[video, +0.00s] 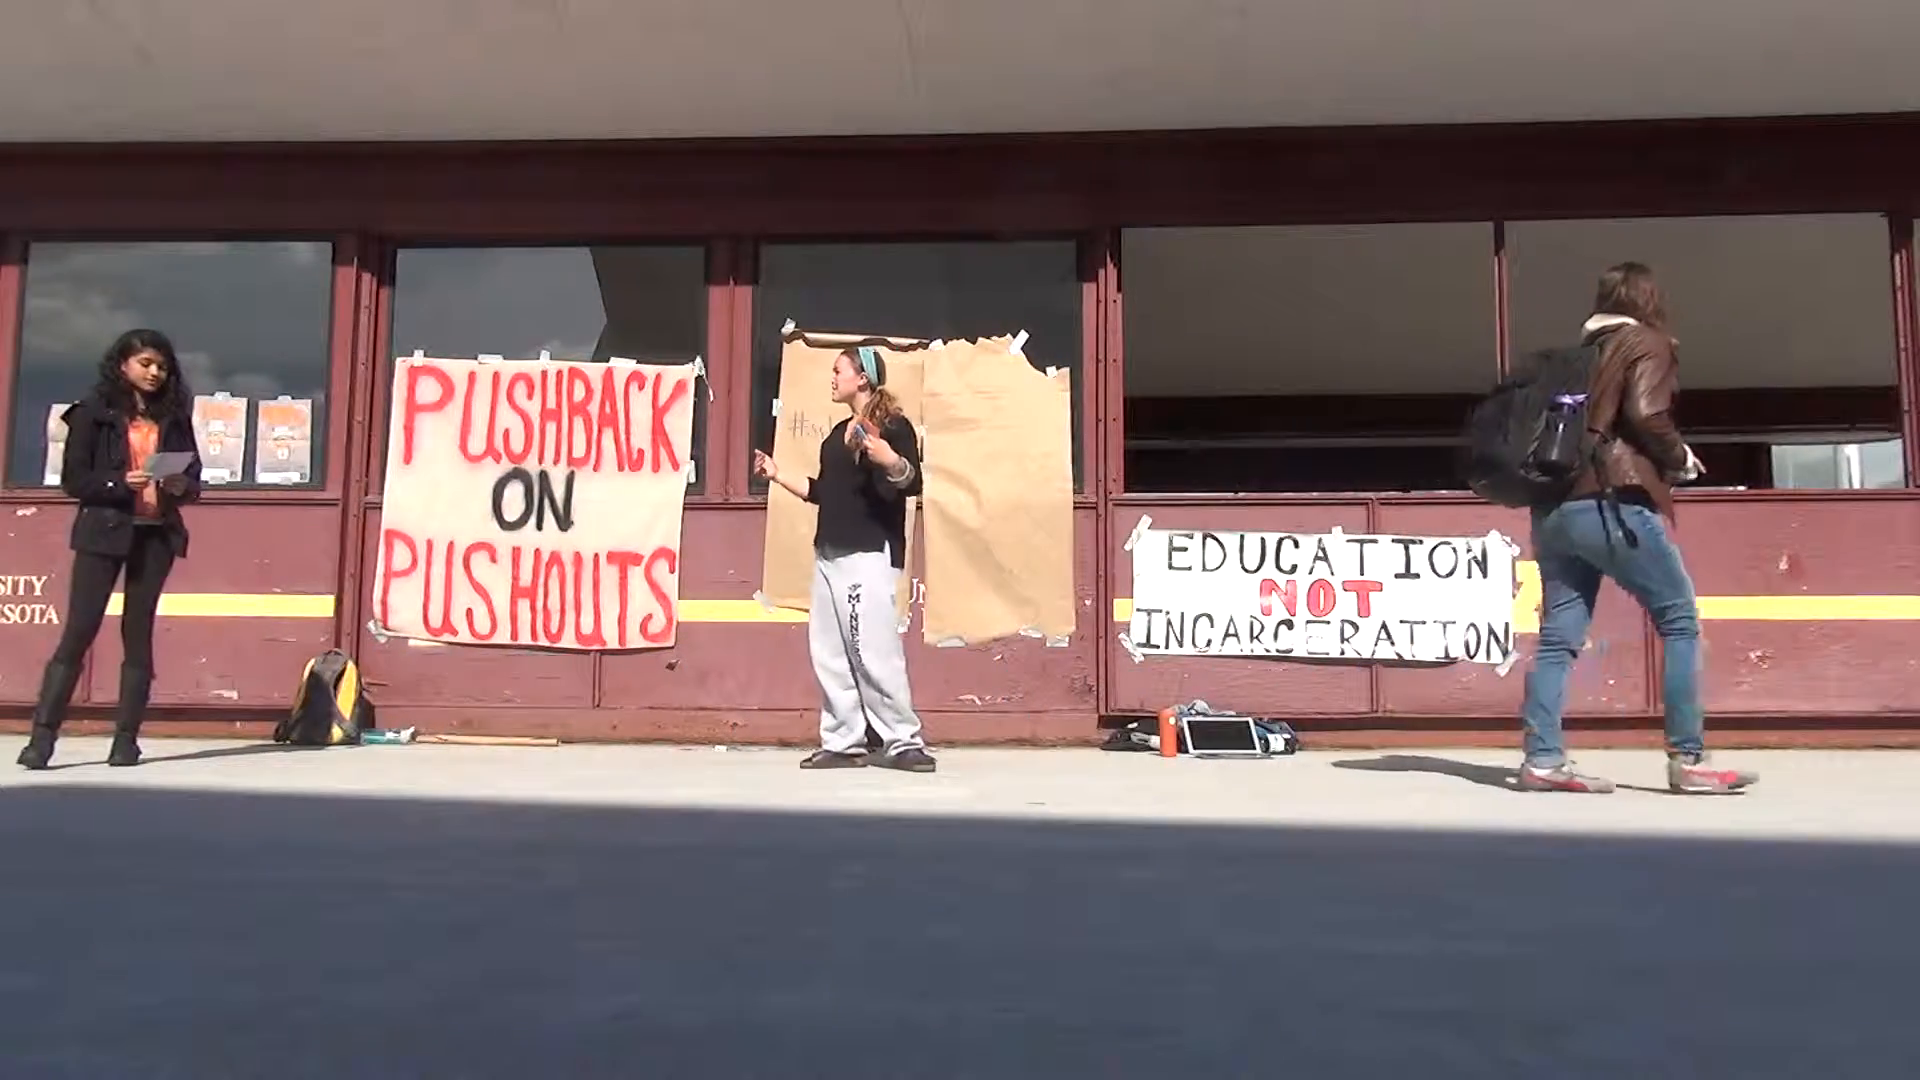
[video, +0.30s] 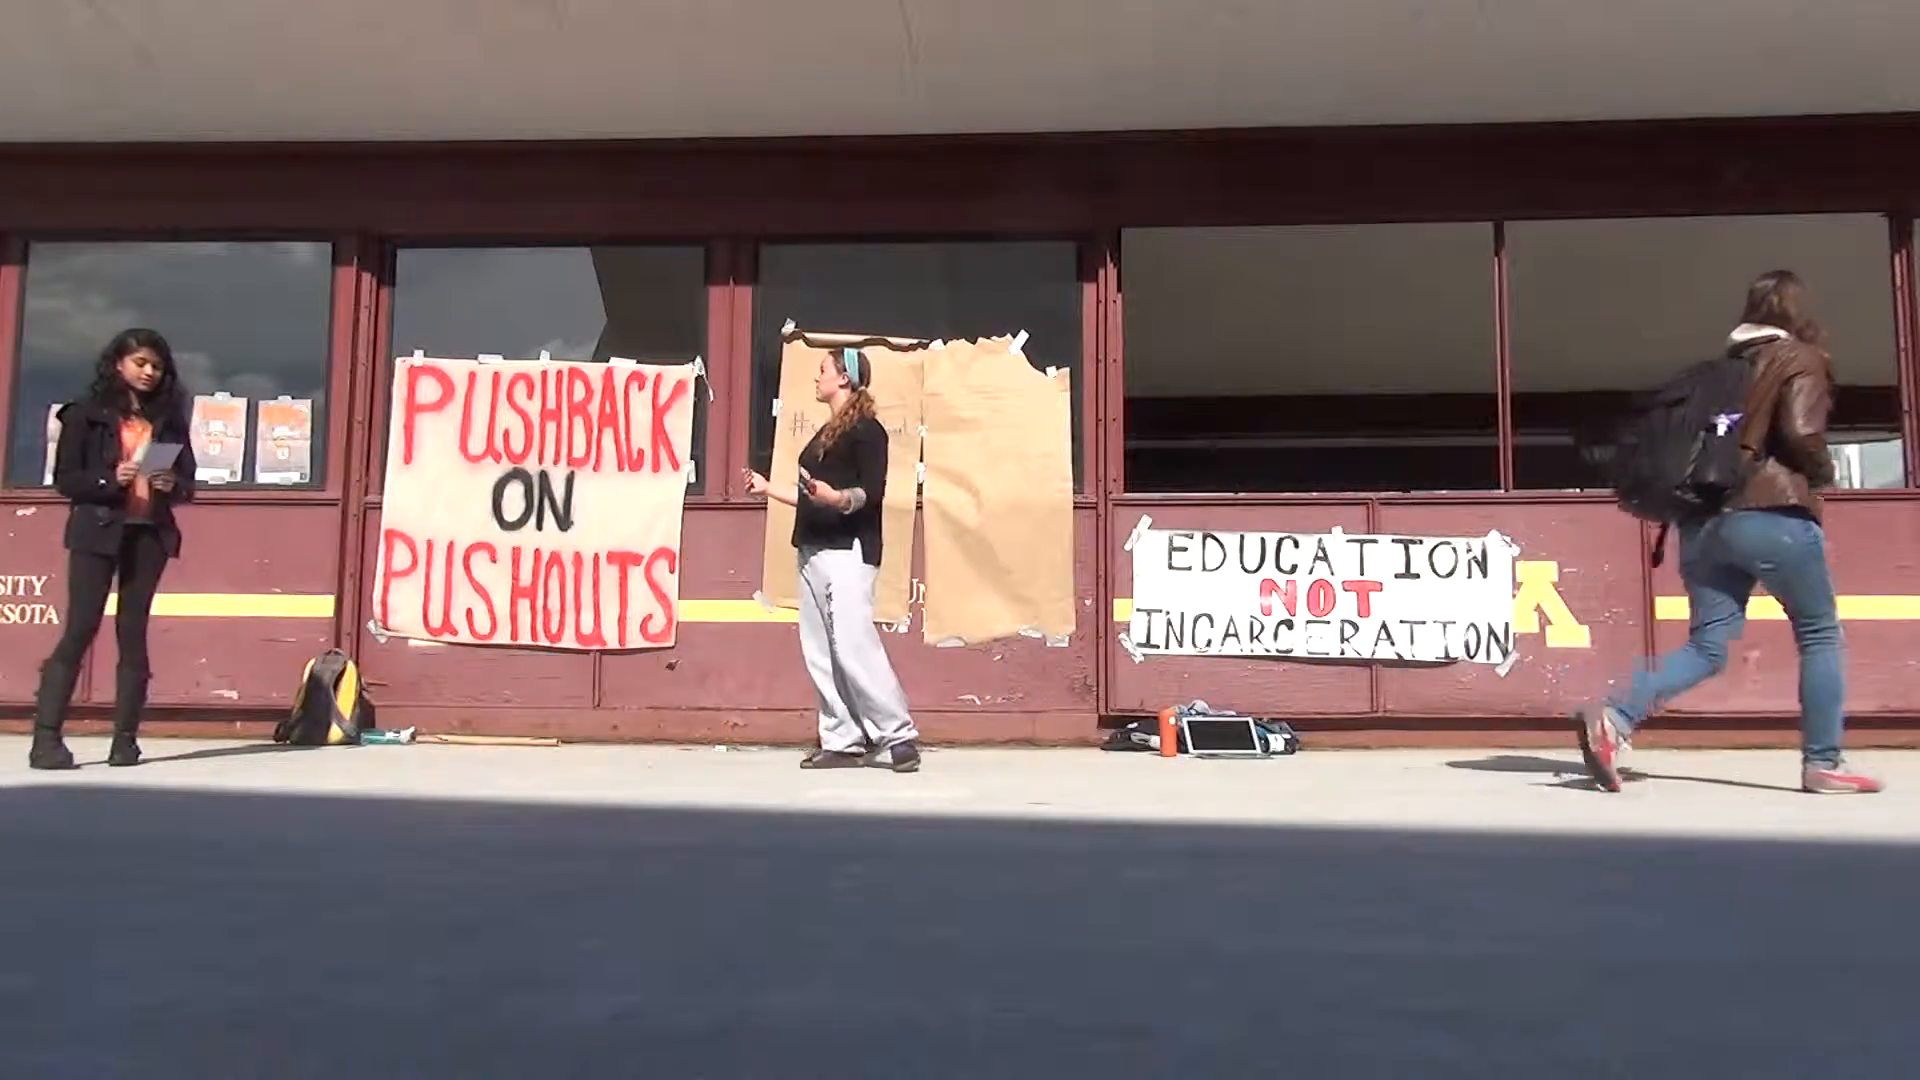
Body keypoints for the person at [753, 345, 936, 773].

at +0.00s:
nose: (832, 378)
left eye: (838, 372)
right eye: (833, 372)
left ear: (864, 379)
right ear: (853, 379)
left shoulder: (893, 428)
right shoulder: (836, 435)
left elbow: (909, 479)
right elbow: (820, 494)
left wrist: (883, 455)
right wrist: (777, 473)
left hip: (867, 555)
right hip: (829, 555)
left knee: (874, 650)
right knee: (830, 652)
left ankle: (904, 742)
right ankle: (845, 743)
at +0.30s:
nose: (816, 377)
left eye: (823, 371)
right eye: (819, 371)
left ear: (845, 378)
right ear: (840, 378)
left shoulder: (868, 429)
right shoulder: (828, 432)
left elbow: (872, 493)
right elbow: (812, 499)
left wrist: (840, 498)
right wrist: (769, 489)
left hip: (847, 552)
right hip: (813, 553)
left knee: (852, 645)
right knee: (821, 651)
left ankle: (898, 735)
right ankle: (843, 742)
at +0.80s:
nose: (795, 376)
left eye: (802, 370)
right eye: (797, 369)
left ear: (824, 377)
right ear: (821, 377)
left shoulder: (842, 425)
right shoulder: (824, 425)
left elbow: (843, 487)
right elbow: (820, 488)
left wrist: (787, 492)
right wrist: (779, 501)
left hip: (827, 549)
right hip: (818, 548)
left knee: (813, 644)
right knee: (833, 643)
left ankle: (818, 743)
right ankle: (849, 741)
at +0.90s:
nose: (792, 375)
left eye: (799, 368)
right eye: (793, 368)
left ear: (821, 375)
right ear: (817, 376)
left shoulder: (838, 422)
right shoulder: (819, 422)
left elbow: (840, 485)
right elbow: (817, 485)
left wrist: (785, 493)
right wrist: (778, 497)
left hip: (823, 548)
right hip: (817, 547)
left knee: (810, 645)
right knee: (832, 644)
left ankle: (816, 744)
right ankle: (848, 742)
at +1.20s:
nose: (781, 366)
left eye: (787, 359)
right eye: (782, 360)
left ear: (811, 365)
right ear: (805, 366)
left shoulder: (829, 412)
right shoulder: (806, 414)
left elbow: (830, 475)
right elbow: (803, 474)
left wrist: (774, 484)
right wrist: (764, 486)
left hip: (816, 541)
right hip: (803, 540)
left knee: (809, 643)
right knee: (814, 642)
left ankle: (816, 743)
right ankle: (843, 735)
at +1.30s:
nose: (778, 365)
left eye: (785, 358)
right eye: (779, 358)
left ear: (809, 364)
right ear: (801, 364)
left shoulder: (829, 411)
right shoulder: (803, 414)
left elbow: (826, 472)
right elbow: (798, 474)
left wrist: (772, 483)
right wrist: (760, 484)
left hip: (814, 541)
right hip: (794, 540)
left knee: (808, 642)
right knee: (796, 642)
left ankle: (815, 744)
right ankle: (839, 730)